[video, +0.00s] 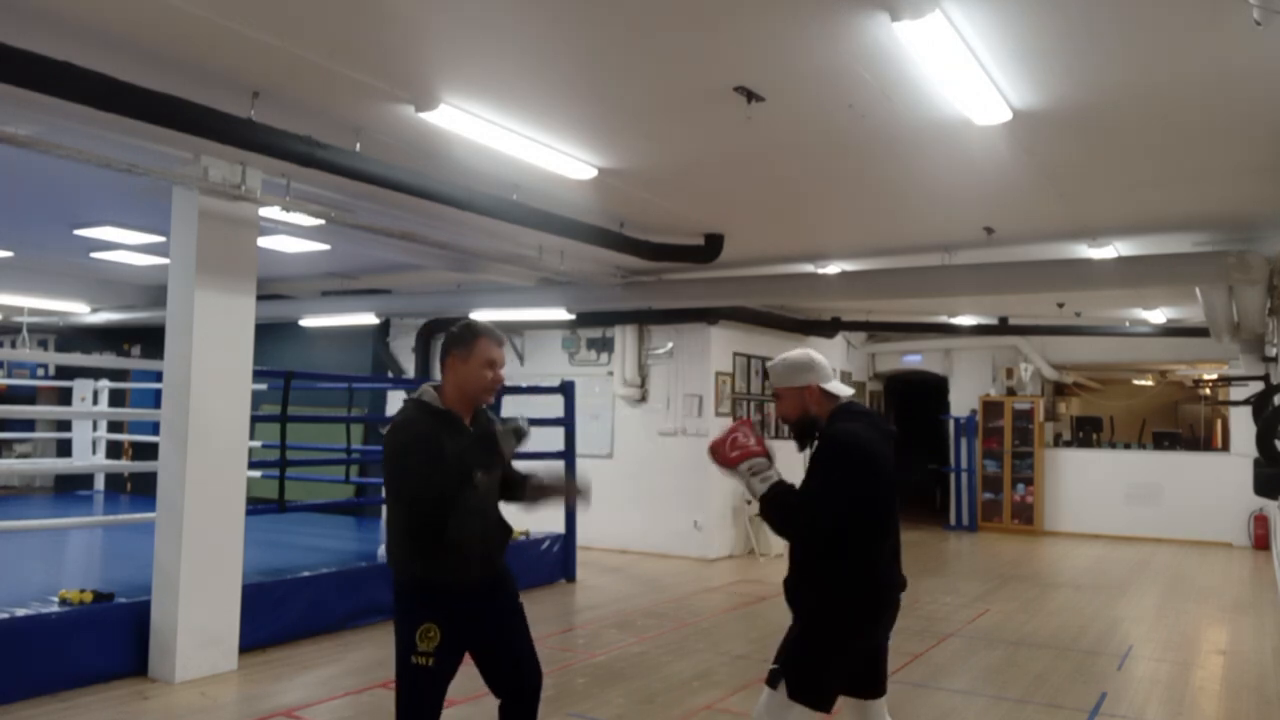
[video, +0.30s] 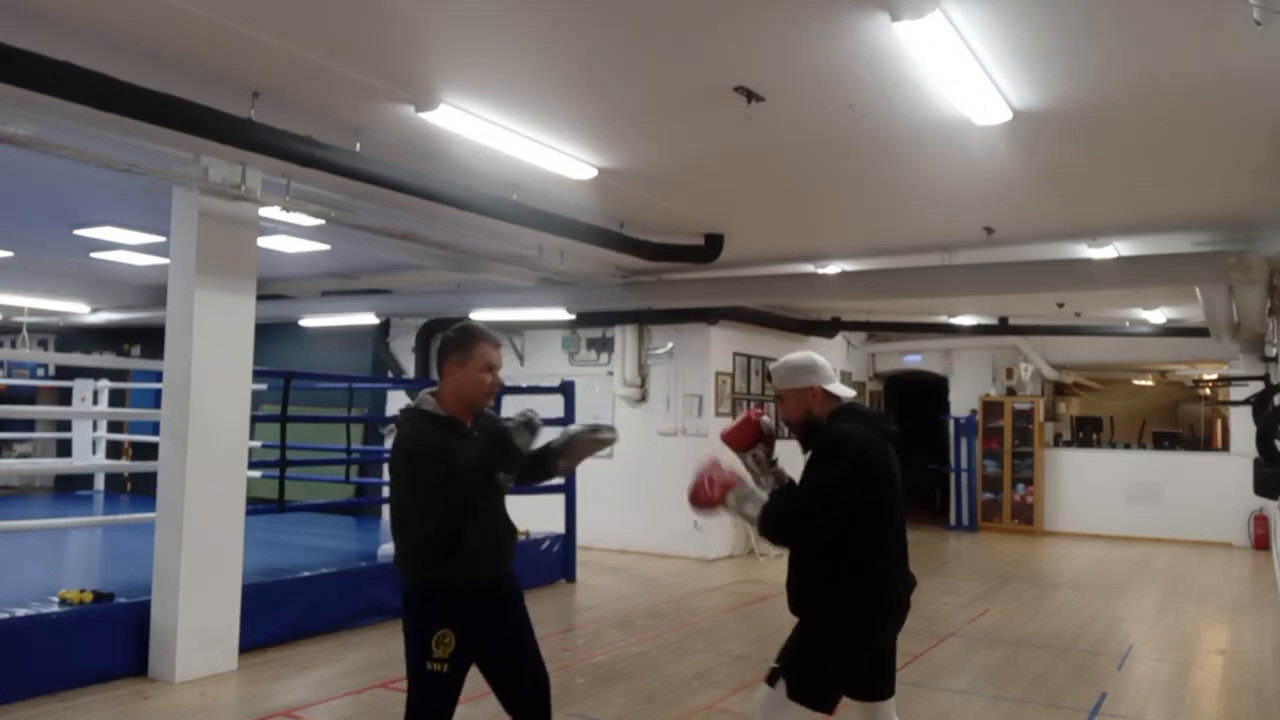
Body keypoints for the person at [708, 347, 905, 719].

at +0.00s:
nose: (777, 412)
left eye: (779, 398)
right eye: (775, 400)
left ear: (810, 393)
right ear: (814, 392)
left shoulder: (843, 439)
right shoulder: (863, 428)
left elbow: (808, 527)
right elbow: (813, 520)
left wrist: (757, 472)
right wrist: (762, 474)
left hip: (834, 609)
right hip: (870, 601)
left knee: (776, 709)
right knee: (869, 706)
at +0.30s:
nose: (779, 414)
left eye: (782, 400)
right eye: (777, 402)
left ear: (814, 394)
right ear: (815, 394)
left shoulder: (843, 440)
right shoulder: (862, 431)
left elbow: (799, 527)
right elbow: (807, 513)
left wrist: (738, 496)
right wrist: (763, 463)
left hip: (842, 610)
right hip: (877, 603)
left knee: (773, 707)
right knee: (877, 710)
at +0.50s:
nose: (764, 415)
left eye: (767, 403)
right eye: (762, 405)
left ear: (797, 398)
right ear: (802, 397)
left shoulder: (809, 442)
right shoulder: (854, 434)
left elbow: (732, 490)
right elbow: (817, 505)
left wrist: (678, 452)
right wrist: (760, 466)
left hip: (821, 608)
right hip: (873, 600)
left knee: (765, 709)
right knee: (871, 705)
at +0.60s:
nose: (751, 415)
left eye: (754, 402)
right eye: (750, 404)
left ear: (783, 398)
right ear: (788, 396)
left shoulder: (801, 442)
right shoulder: (838, 432)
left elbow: (739, 494)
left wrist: (673, 465)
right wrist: (748, 463)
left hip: (817, 613)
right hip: (862, 607)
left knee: (761, 710)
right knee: (864, 708)